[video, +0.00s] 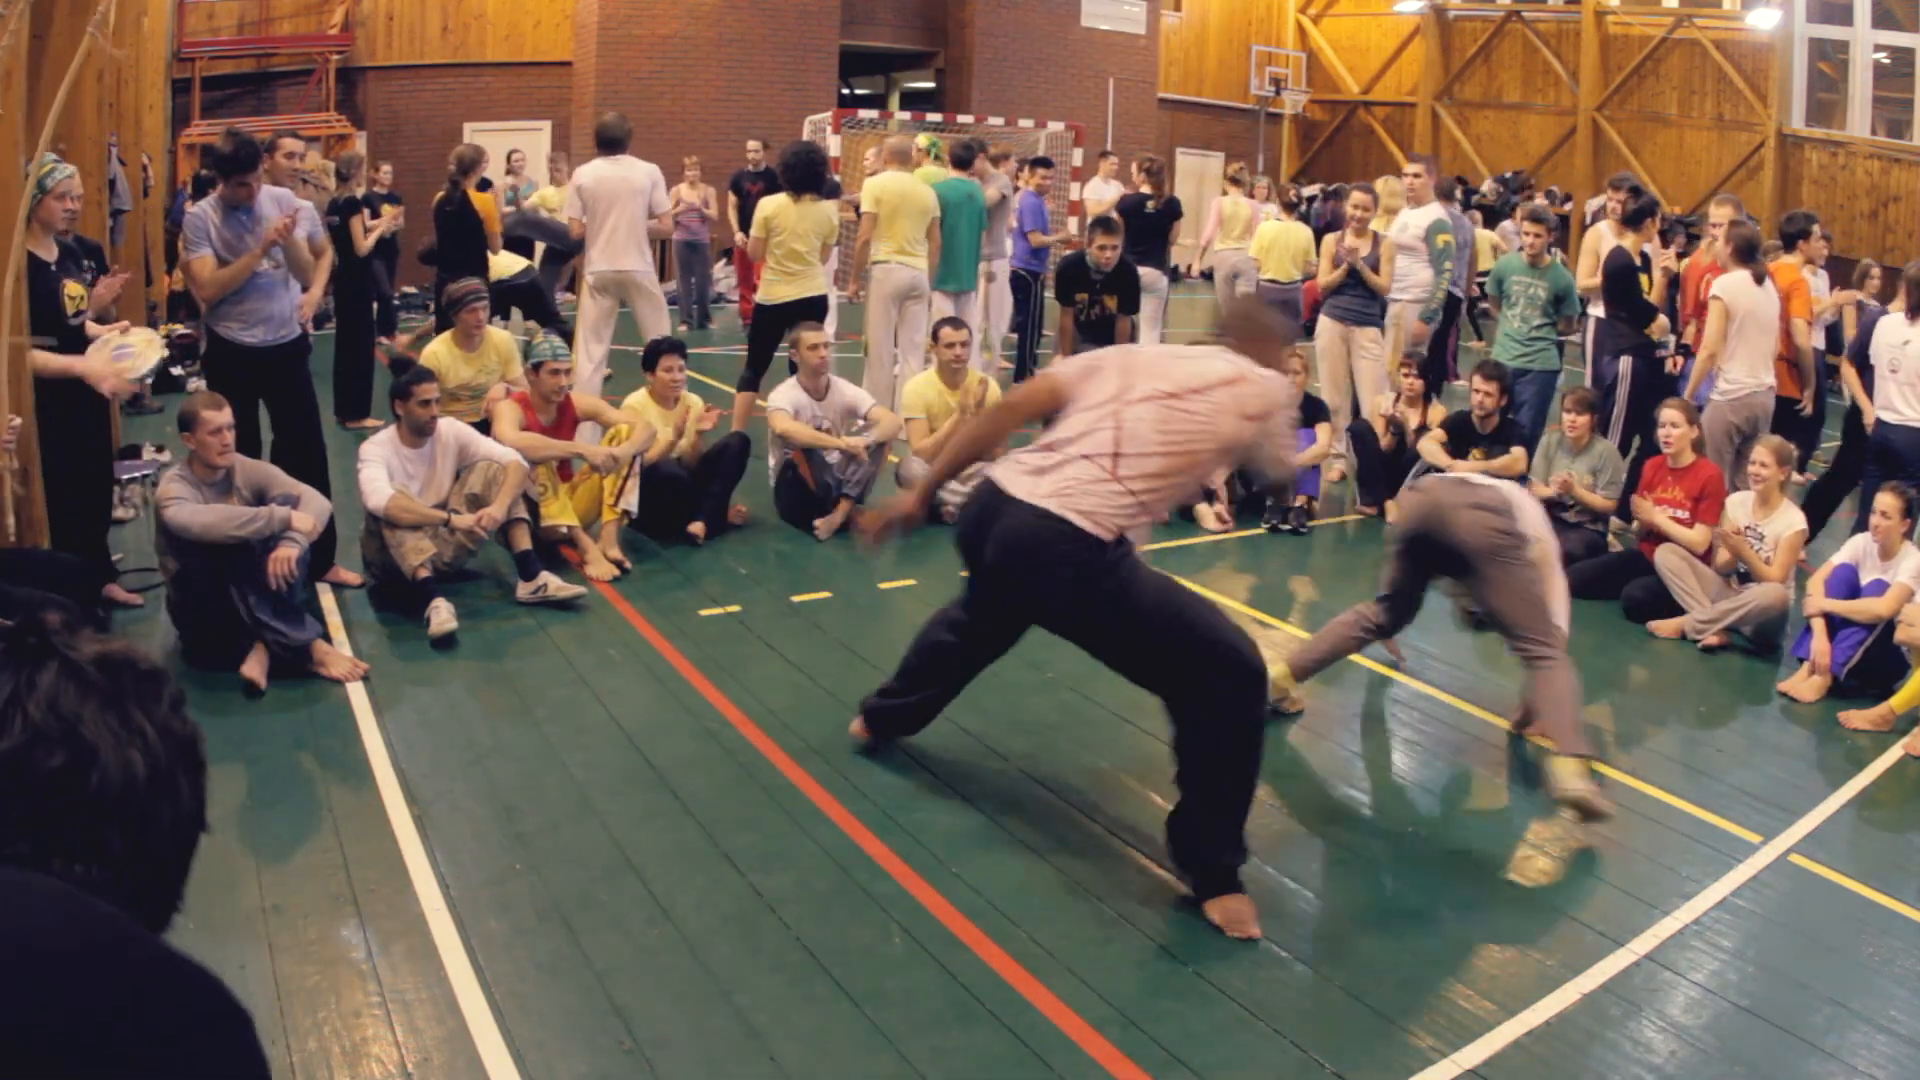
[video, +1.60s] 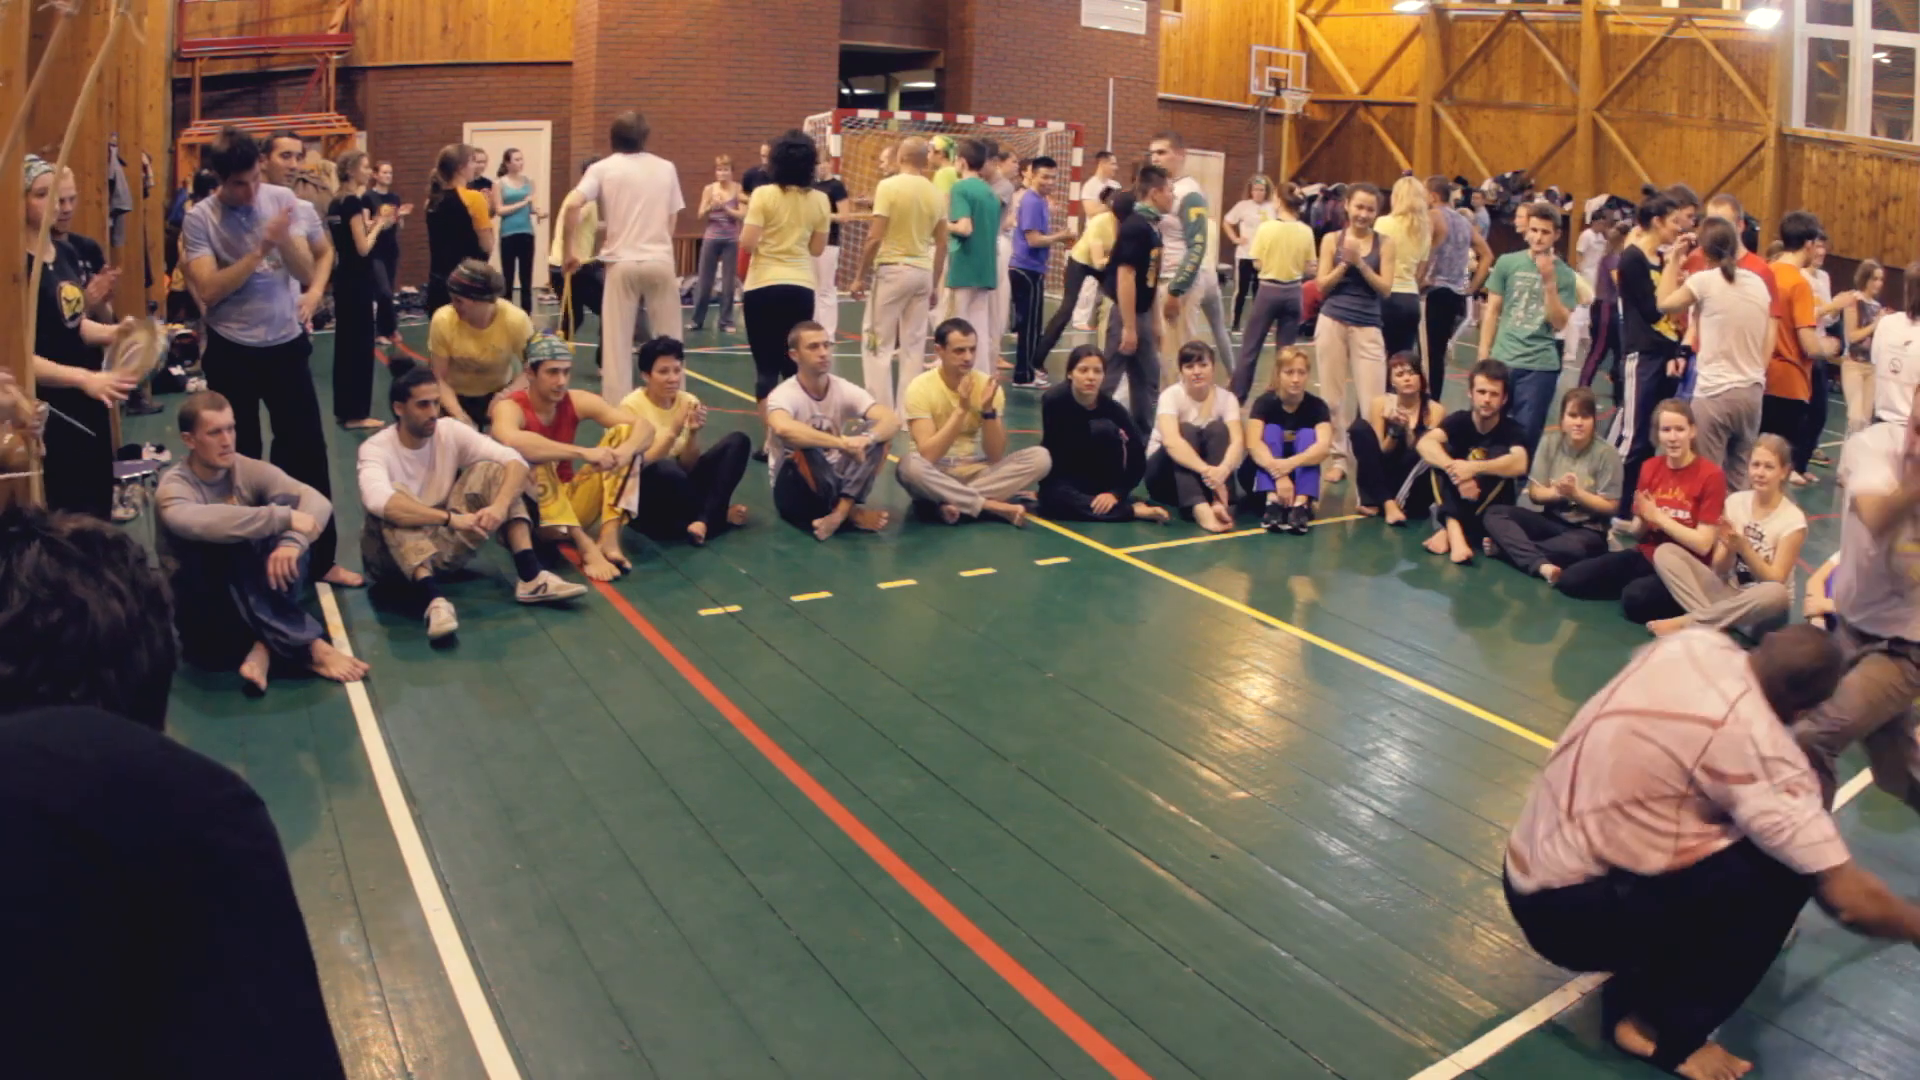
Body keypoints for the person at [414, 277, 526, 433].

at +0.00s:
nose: (480, 317)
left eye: (484, 309)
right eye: (471, 311)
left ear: (489, 309)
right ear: (455, 315)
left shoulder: (503, 340)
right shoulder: (434, 353)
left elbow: (523, 389)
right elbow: (420, 400)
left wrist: (504, 387)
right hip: (450, 427)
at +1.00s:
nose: (463, 322)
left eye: (469, 313)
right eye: (456, 315)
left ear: (485, 313)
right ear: (451, 317)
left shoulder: (504, 340)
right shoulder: (435, 352)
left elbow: (525, 390)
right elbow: (422, 401)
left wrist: (505, 387)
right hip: (449, 428)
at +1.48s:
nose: (461, 325)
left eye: (467, 319)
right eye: (459, 318)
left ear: (490, 318)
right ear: (456, 314)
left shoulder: (516, 336)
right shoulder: (445, 341)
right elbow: (433, 396)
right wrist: (451, 424)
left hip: (500, 415)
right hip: (456, 416)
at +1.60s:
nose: (454, 306)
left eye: (459, 301)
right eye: (452, 300)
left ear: (479, 301)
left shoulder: (516, 319)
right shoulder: (443, 319)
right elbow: (440, 378)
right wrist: (460, 416)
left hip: (498, 396)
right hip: (455, 396)